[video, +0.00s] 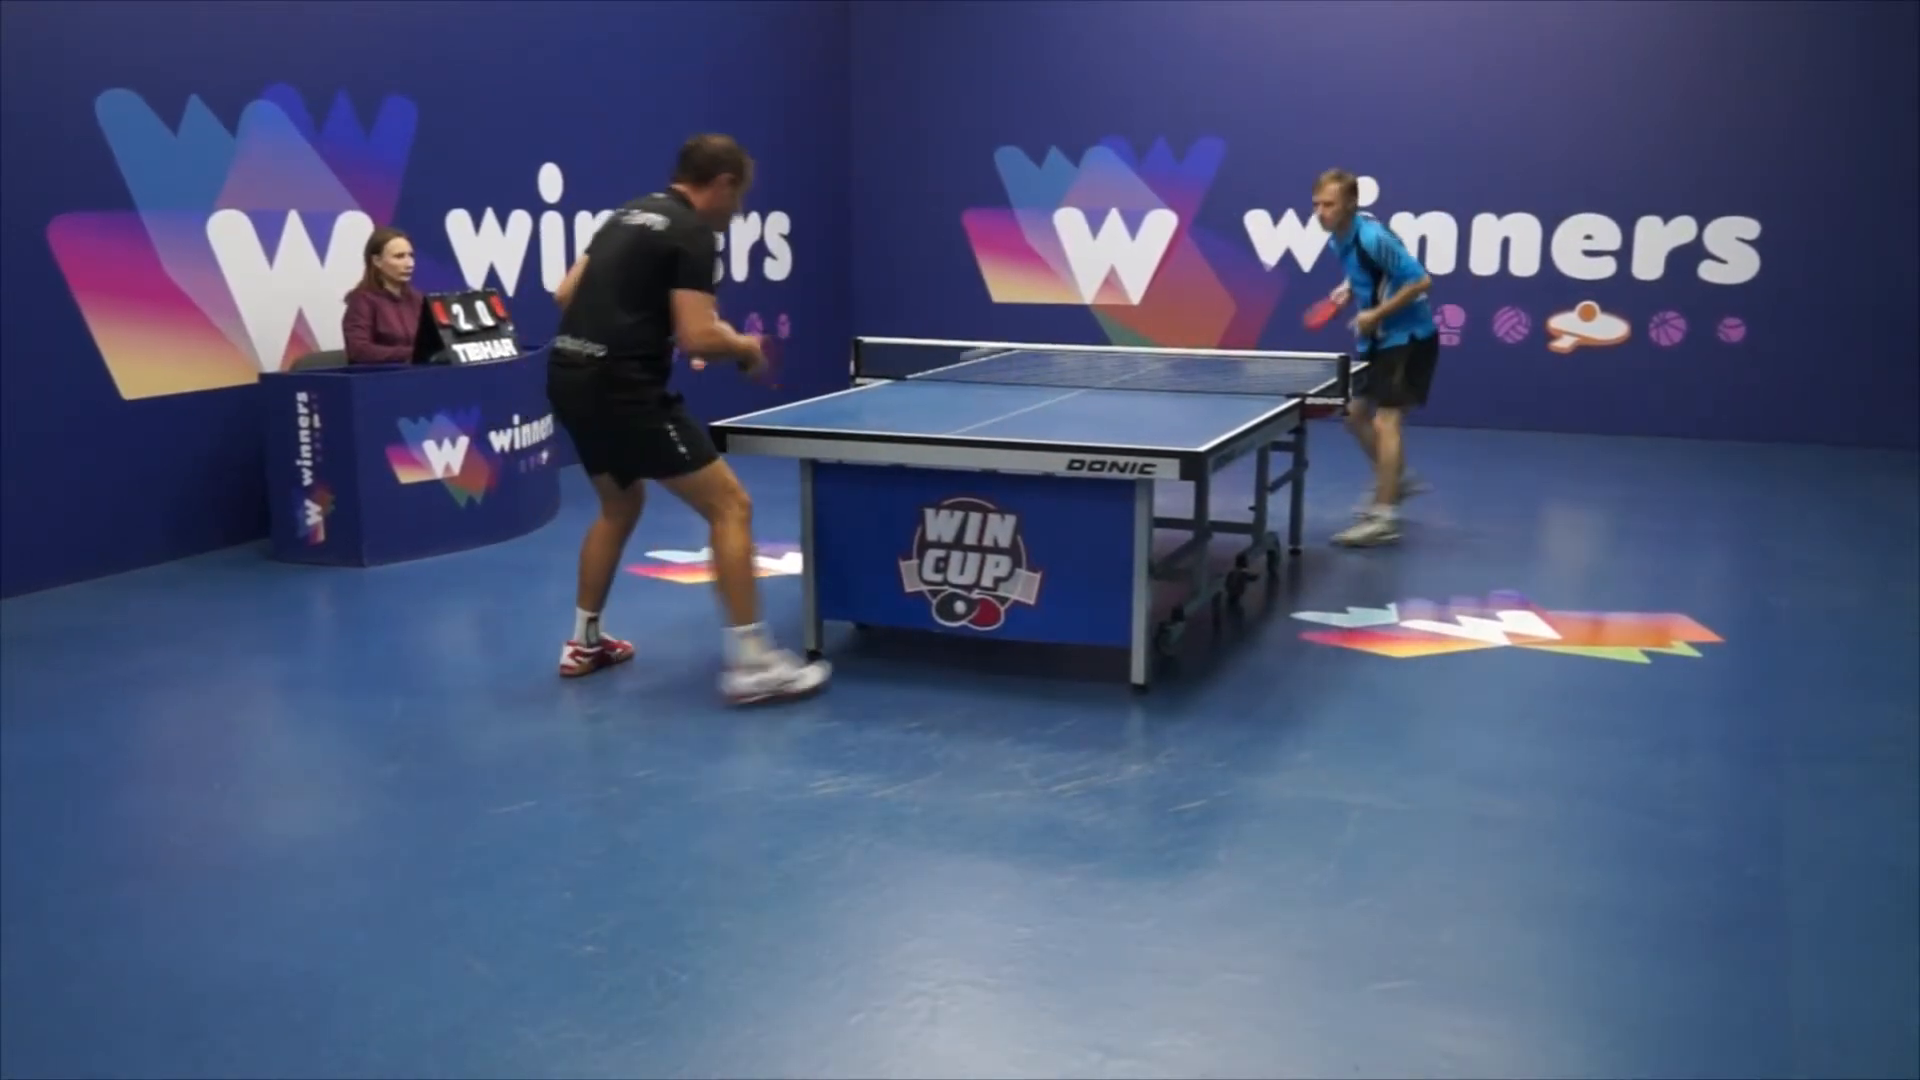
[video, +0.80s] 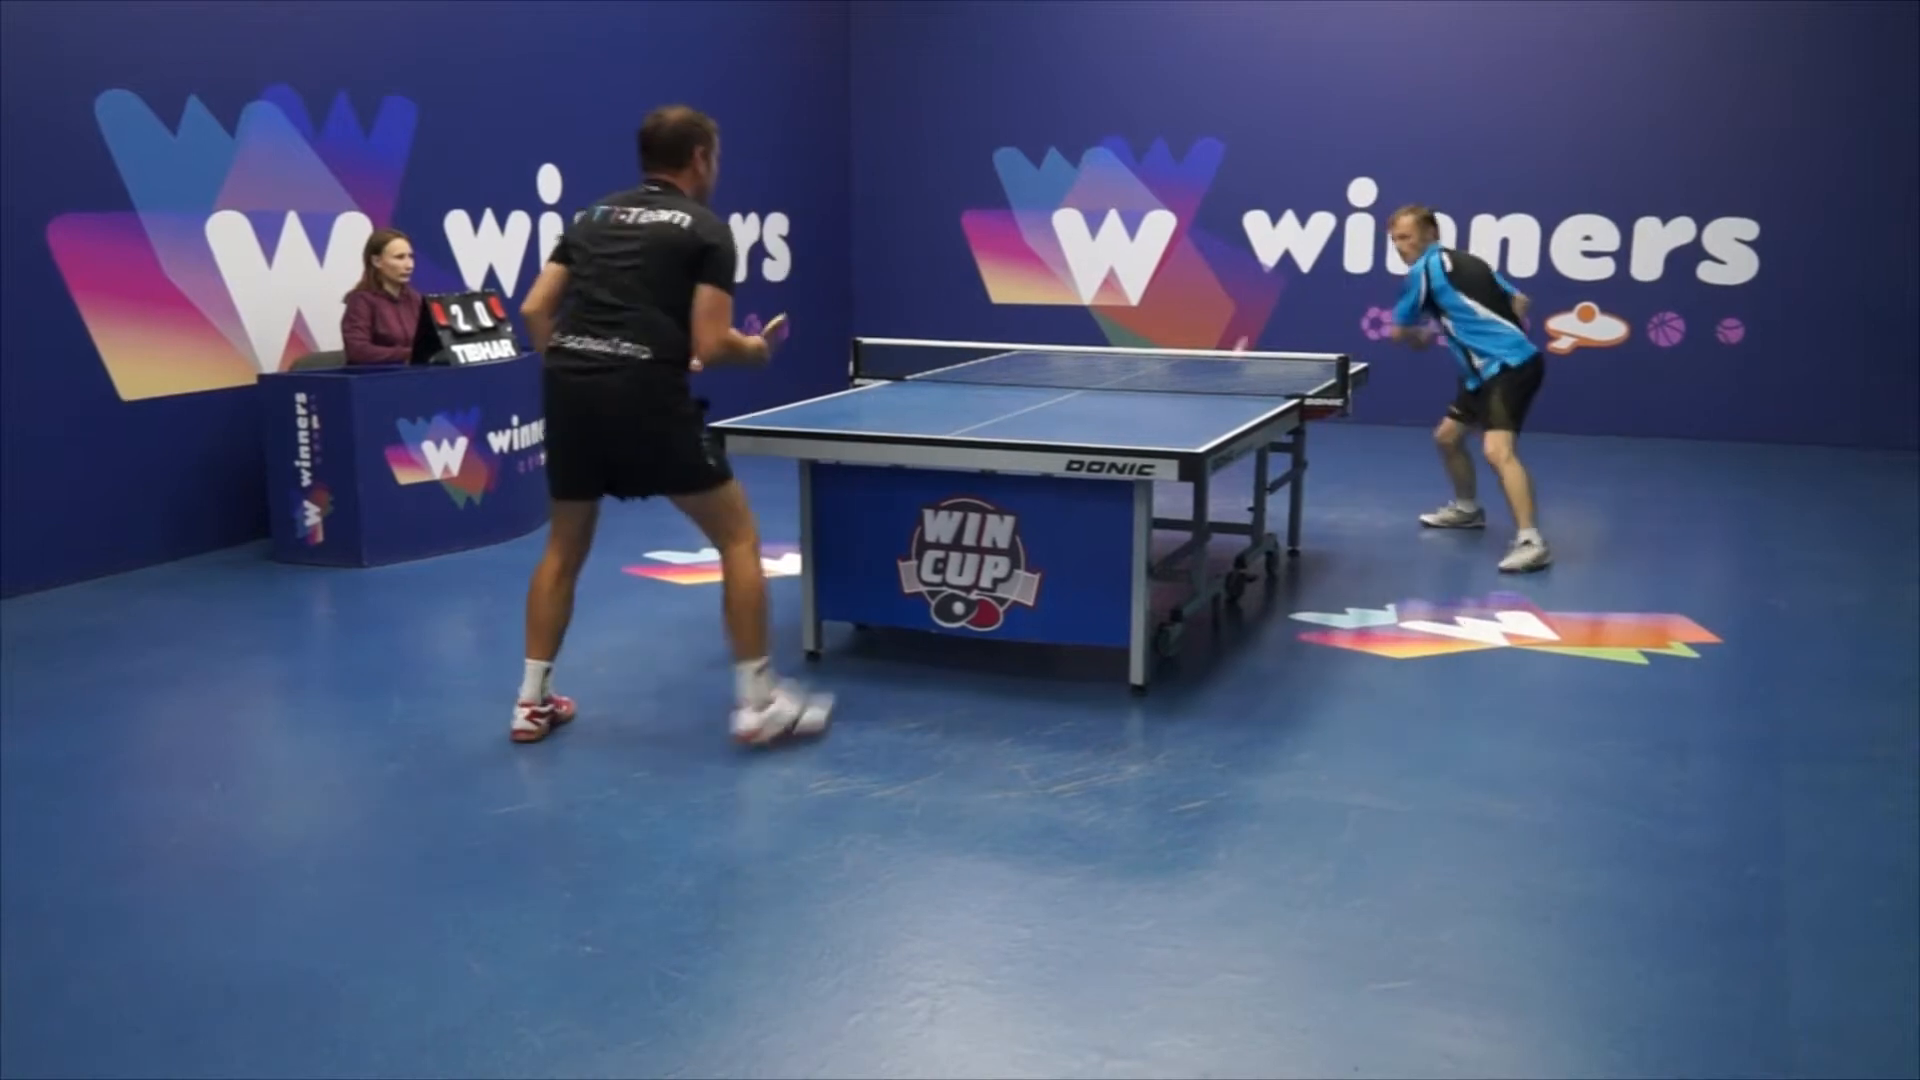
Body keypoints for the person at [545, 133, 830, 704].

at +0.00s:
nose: (736, 211)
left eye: (739, 200)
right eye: (737, 198)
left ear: (685, 179)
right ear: (717, 185)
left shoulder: (628, 214)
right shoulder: (691, 232)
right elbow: (698, 336)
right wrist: (745, 345)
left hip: (570, 375)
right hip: (623, 382)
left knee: (619, 505)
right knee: (729, 506)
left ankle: (584, 642)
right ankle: (750, 659)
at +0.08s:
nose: (751, 224)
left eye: (754, 213)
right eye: (754, 212)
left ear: (702, 184)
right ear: (740, 199)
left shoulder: (635, 218)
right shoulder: (718, 243)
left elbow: (570, 292)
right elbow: (746, 346)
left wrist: (627, 318)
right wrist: (717, 330)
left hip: (578, 372)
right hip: (640, 383)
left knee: (613, 508)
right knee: (742, 508)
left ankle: (583, 640)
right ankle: (789, 650)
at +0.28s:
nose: (776, 236)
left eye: (777, 229)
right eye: (778, 228)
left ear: (720, 210)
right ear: (769, 223)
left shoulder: (658, 236)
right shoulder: (773, 276)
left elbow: (590, 301)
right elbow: (835, 366)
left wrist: (602, 361)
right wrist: (804, 358)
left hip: (623, 399)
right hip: (698, 410)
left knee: (612, 516)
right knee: (777, 513)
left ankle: (578, 643)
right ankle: (788, 661)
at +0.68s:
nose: (732, 190)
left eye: (732, 180)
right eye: (731, 180)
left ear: (665, 175)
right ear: (714, 179)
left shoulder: (609, 226)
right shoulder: (726, 247)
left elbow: (545, 311)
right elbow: (745, 355)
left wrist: (581, 365)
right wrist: (775, 345)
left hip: (592, 408)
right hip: (671, 415)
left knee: (572, 553)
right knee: (742, 542)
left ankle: (534, 699)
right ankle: (781, 663)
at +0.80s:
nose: (715, 172)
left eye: (714, 160)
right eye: (714, 161)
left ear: (646, 161)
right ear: (698, 162)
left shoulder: (594, 216)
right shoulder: (707, 230)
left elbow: (535, 309)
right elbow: (711, 345)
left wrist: (569, 367)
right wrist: (756, 348)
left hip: (571, 397)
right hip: (649, 400)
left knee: (562, 549)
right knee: (737, 538)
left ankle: (531, 700)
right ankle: (757, 699)